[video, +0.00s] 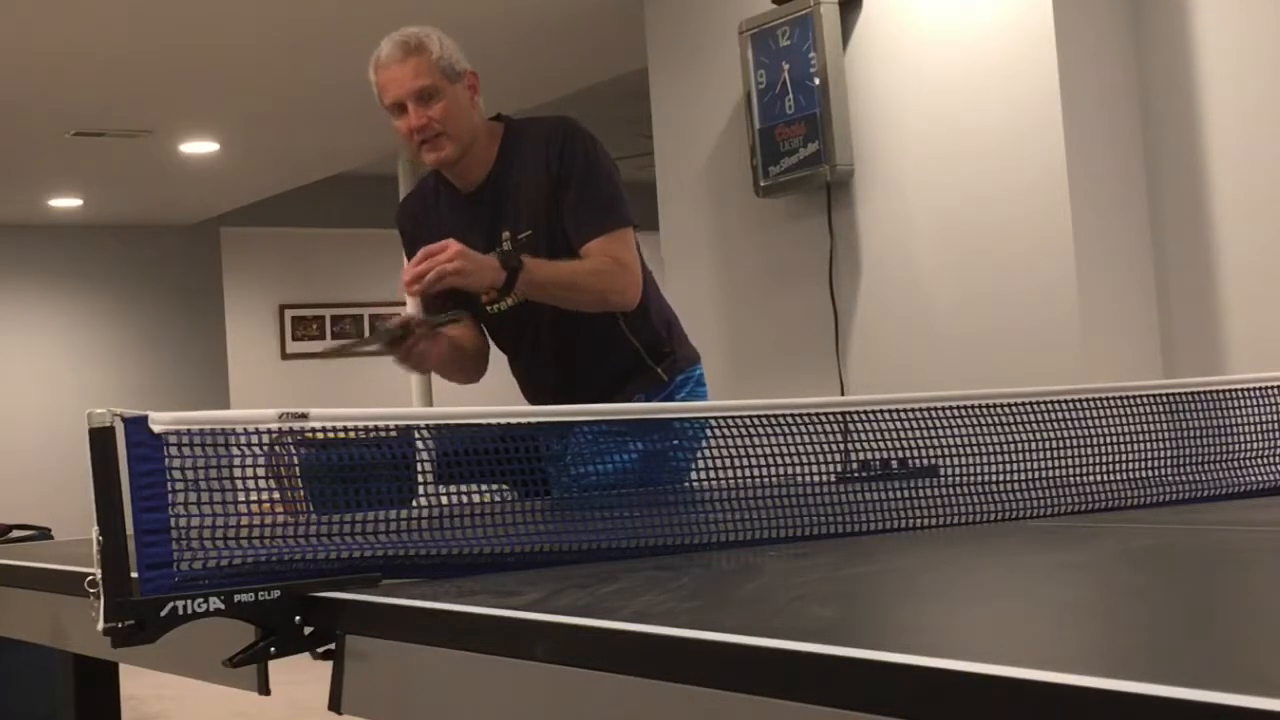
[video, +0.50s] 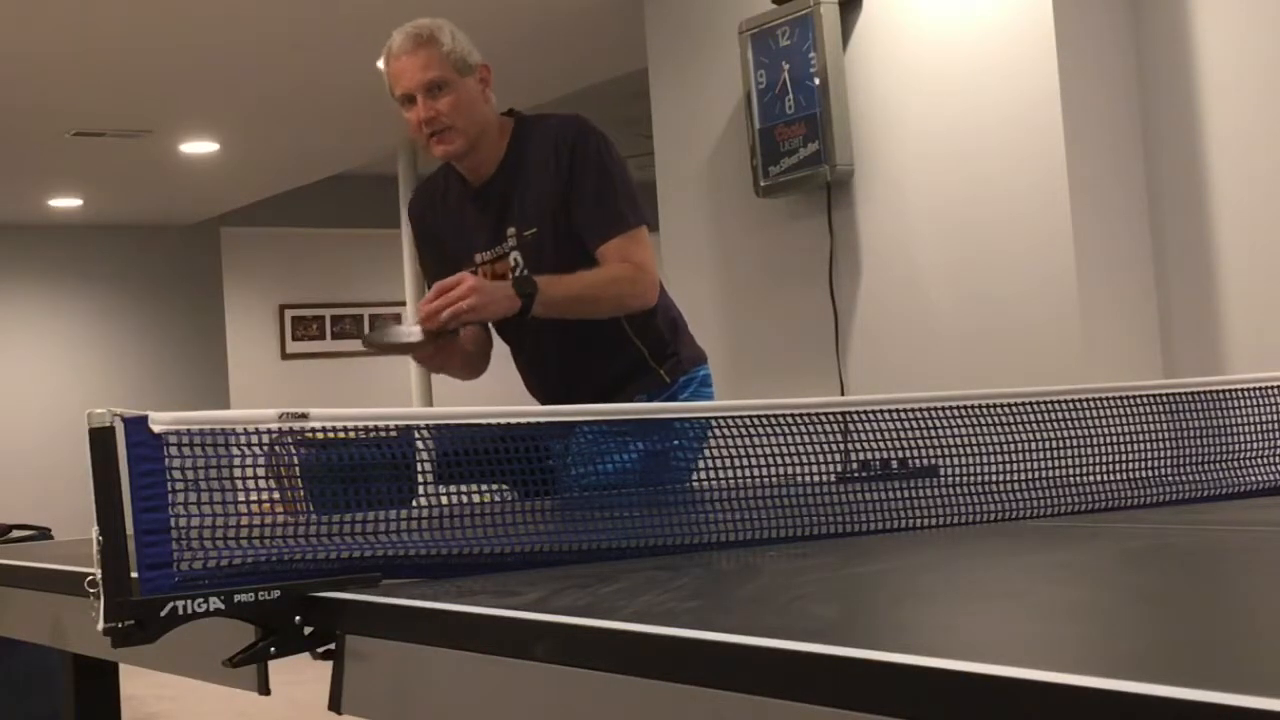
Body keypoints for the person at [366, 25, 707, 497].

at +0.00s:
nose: (417, 121)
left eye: (428, 98)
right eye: (399, 110)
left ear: (470, 87)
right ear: (390, 121)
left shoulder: (562, 146)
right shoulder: (420, 214)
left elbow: (622, 283)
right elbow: (471, 363)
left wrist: (499, 272)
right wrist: (433, 351)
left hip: (659, 395)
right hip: (565, 417)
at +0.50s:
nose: (425, 113)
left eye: (438, 90)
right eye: (409, 101)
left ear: (482, 81)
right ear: (400, 113)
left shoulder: (572, 145)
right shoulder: (431, 207)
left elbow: (639, 283)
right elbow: (473, 357)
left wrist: (517, 295)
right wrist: (443, 354)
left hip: (663, 394)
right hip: (573, 414)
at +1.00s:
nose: (405, 125)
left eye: (414, 101)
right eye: (396, 112)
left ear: (470, 82)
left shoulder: (574, 148)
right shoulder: (448, 194)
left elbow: (618, 295)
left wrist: (485, 296)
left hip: (664, 394)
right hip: (578, 413)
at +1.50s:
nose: (410, 127)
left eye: (420, 101)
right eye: (397, 115)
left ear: (471, 82)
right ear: (393, 121)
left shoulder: (570, 145)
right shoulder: (442, 198)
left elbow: (619, 293)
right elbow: (478, 345)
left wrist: (480, 293)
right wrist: (413, 327)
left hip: (665, 393)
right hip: (578, 414)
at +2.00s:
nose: (422, 122)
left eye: (432, 98)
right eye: (407, 111)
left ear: (481, 83)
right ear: (401, 118)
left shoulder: (574, 146)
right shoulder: (444, 196)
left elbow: (624, 293)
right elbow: (478, 344)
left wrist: (489, 291)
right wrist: (417, 328)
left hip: (665, 395)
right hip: (575, 413)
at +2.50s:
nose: (430, 125)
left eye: (440, 100)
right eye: (415, 113)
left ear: (489, 83)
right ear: (408, 119)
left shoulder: (581, 148)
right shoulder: (447, 194)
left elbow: (626, 299)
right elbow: (482, 343)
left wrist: (497, 293)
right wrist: (416, 320)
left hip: (666, 397)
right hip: (577, 413)